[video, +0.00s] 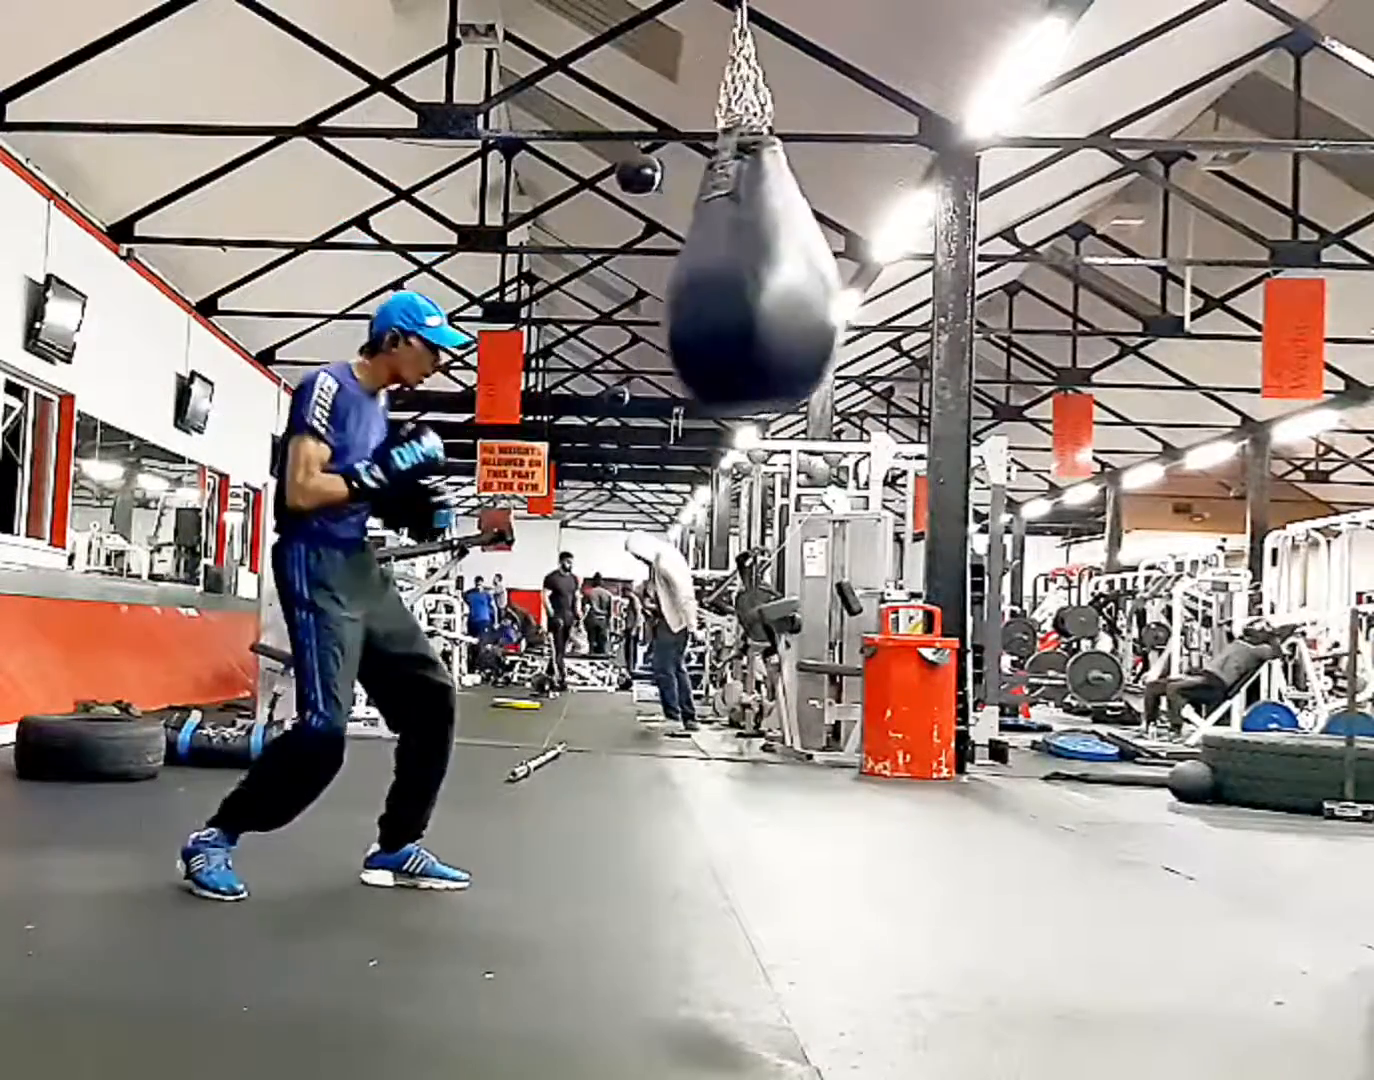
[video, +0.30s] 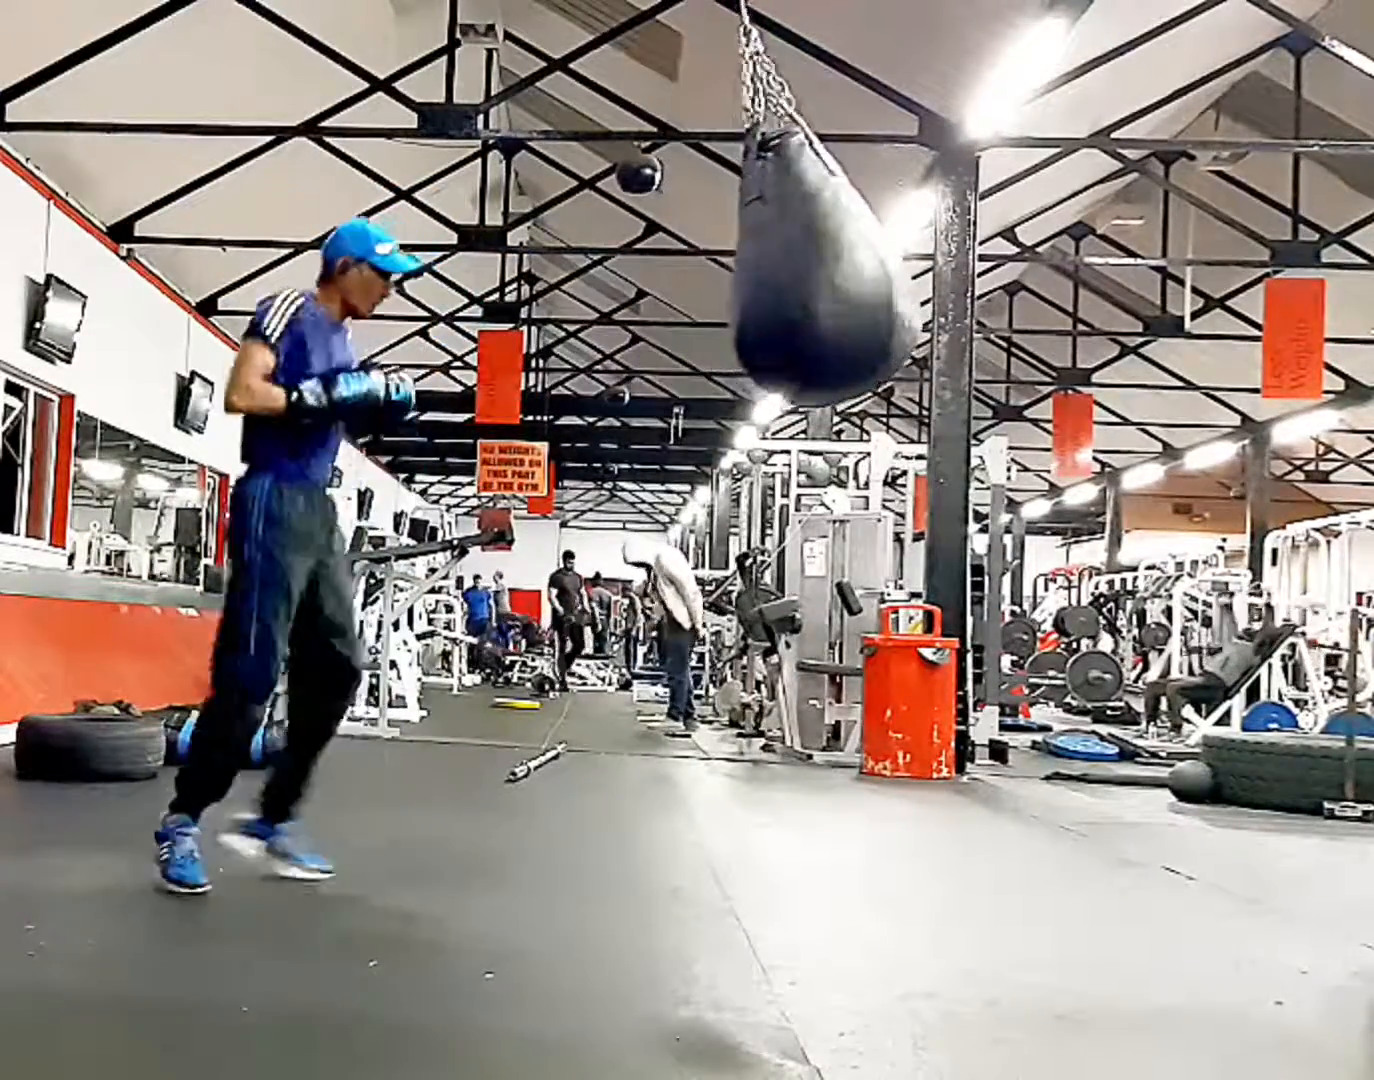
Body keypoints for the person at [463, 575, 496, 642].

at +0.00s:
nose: (478, 585)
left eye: (480, 583)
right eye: (477, 583)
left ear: (483, 583)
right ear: (475, 583)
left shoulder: (487, 595)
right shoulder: (469, 595)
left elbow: (494, 608)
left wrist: (495, 622)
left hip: (485, 621)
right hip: (473, 621)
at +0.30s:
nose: (478, 583)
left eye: (479, 581)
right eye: (476, 581)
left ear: (481, 581)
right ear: (474, 582)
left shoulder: (486, 593)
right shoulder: (468, 593)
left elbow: (492, 607)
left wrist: (492, 621)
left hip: (484, 618)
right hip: (472, 619)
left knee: (483, 640)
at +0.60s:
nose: (475, 584)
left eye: (476, 582)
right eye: (473, 582)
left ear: (479, 582)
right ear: (471, 582)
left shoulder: (483, 593)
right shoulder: (466, 593)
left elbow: (489, 606)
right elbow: (463, 605)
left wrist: (491, 620)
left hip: (481, 620)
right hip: (470, 620)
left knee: (481, 639)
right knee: (470, 639)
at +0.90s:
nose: (473, 583)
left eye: (475, 580)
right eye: (472, 580)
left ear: (478, 581)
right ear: (470, 581)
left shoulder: (483, 592)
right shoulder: (465, 591)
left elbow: (488, 606)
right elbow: (463, 604)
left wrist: (489, 620)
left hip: (480, 620)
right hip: (469, 620)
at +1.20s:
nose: (477, 583)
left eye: (479, 581)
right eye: (475, 581)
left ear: (482, 581)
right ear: (473, 581)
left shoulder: (486, 592)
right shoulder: (466, 591)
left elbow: (490, 607)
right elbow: (462, 606)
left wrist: (491, 622)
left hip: (482, 620)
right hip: (470, 620)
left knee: (482, 641)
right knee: (470, 640)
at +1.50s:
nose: (476, 581)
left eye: (477, 578)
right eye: (474, 579)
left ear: (481, 579)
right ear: (472, 579)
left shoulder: (486, 592)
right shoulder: (467, 591)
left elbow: (491, 606)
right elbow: (463, 605)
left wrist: (493, 620)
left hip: (483, 620)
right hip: (471, 620)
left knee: (482, 642)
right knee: (471, 640)